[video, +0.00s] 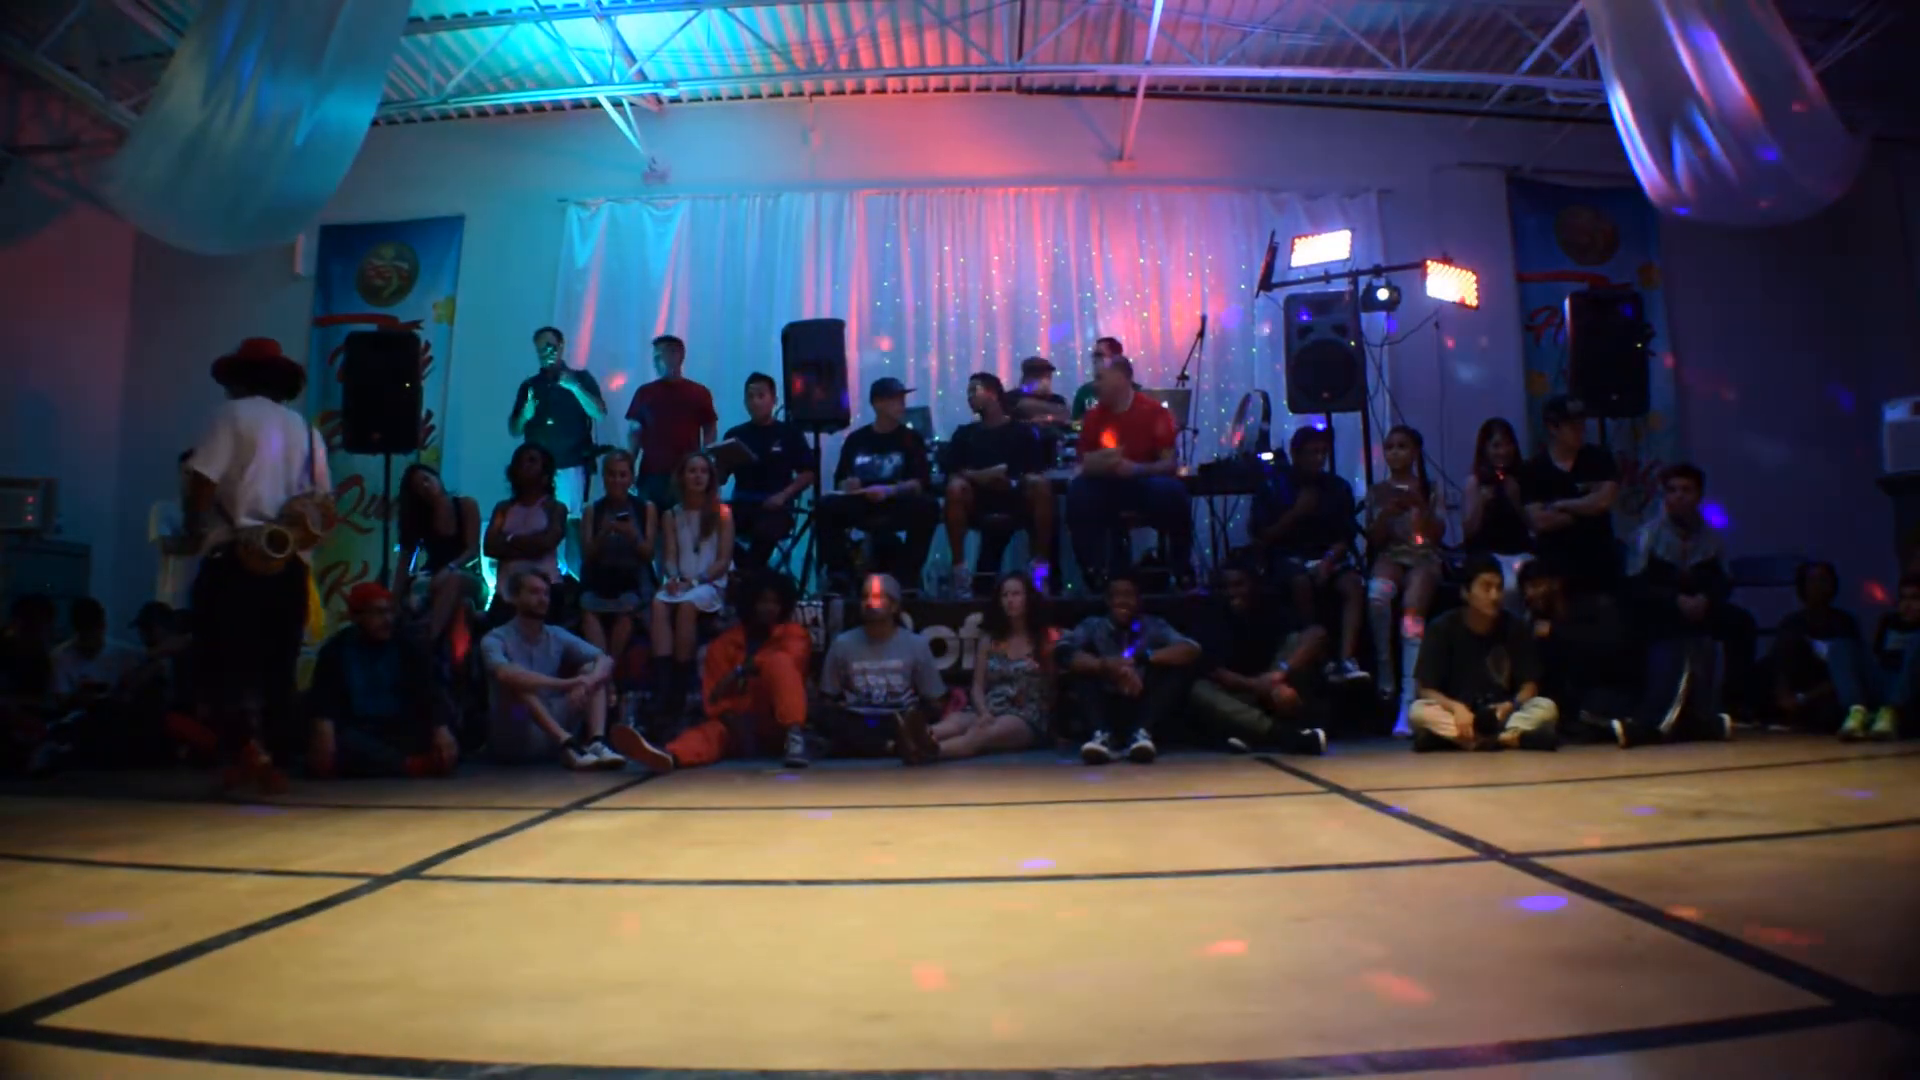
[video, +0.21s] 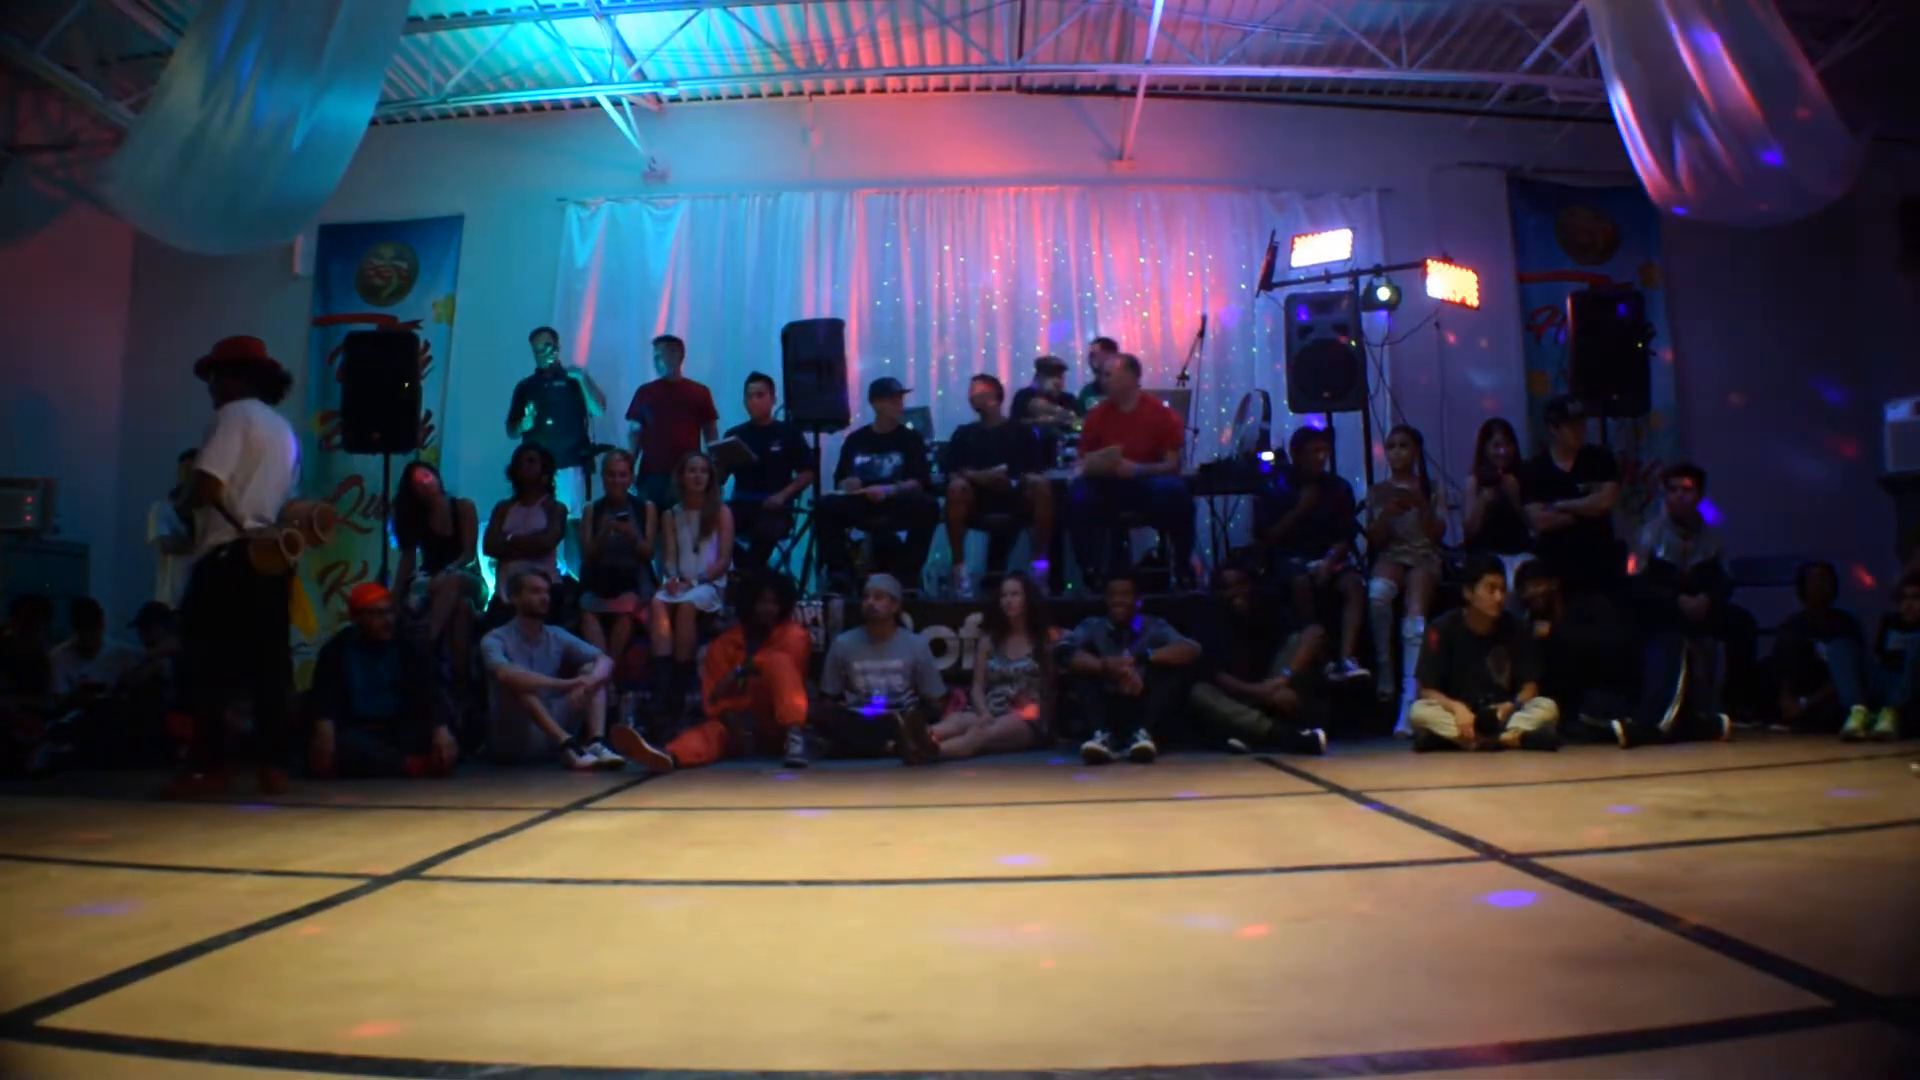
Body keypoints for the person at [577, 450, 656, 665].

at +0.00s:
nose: (617, 480)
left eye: (623, 475)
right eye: (612, 475)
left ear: (631, 477)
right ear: (604, 477)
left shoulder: (646, 509)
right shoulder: (592, 511)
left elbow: (647, 551)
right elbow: (588, 552)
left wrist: (630, 533)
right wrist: (604, 533)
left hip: (632, 573)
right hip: (600, 573)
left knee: (625, 609)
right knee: (589, 608)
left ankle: (610, 669)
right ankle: (602, 672)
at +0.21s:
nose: (617, 481)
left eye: (623, 475)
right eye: (611, 475)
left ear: (631, 477)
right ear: (603, 477)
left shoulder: (645, 508)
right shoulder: (591, 510)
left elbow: (647, 551)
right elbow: (587, 552)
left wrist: (630, 534)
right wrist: (604, 533)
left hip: (632, 576)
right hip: (599, 576)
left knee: (624, 611)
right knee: (589, 611)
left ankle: (610, 671)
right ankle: (602, 674)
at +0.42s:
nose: (619, 481)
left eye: (624, 476)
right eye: (613, 476)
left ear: (633, 477)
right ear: (605, 478)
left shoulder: (647, 509)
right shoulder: (593, 510)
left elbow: (649, 551)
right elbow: (589, 552)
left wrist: (633, 534)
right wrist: (605, 534)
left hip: (634, 575)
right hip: (602, 575)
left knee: (628, 610)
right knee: (590, 608)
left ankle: (610, 671)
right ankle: (603, 672)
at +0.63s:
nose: (617, 481)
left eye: (623, 476)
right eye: (612, 476)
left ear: (632, 478)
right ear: (605, 478)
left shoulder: (647, 509)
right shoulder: (593, 511)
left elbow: (648, 551)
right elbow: (587, 552)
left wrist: (630, 532)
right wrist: (606, 533)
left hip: (632, 574)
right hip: (600, 574)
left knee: (627, 606)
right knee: (589, 606)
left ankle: (610, 669)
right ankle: (602, 673)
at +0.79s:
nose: (617, 481)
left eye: (623, 475)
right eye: (612, 476)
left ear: (632, 478)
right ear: (604, 478)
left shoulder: (646, 508)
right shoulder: (593, 511)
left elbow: (648, 551)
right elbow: (588, 552)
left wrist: (631, 532)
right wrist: (603, 532)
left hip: (632, 574)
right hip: (600, 574)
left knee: (627, 607)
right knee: (589, 608)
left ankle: (609, 671)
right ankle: (603, 673)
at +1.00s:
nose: (617, 481)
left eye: (623, 476)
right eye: (612, 476)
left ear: (631, 478)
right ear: (604, 478)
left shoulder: (646, 509)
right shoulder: (592, 511)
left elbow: (648, 551)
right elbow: (587, 552)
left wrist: (631, 532)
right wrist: (603, 533)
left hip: (631, 573)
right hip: (600, 573)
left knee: (627, 606)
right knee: (589, 606)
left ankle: (611, 671)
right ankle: (603, 675)